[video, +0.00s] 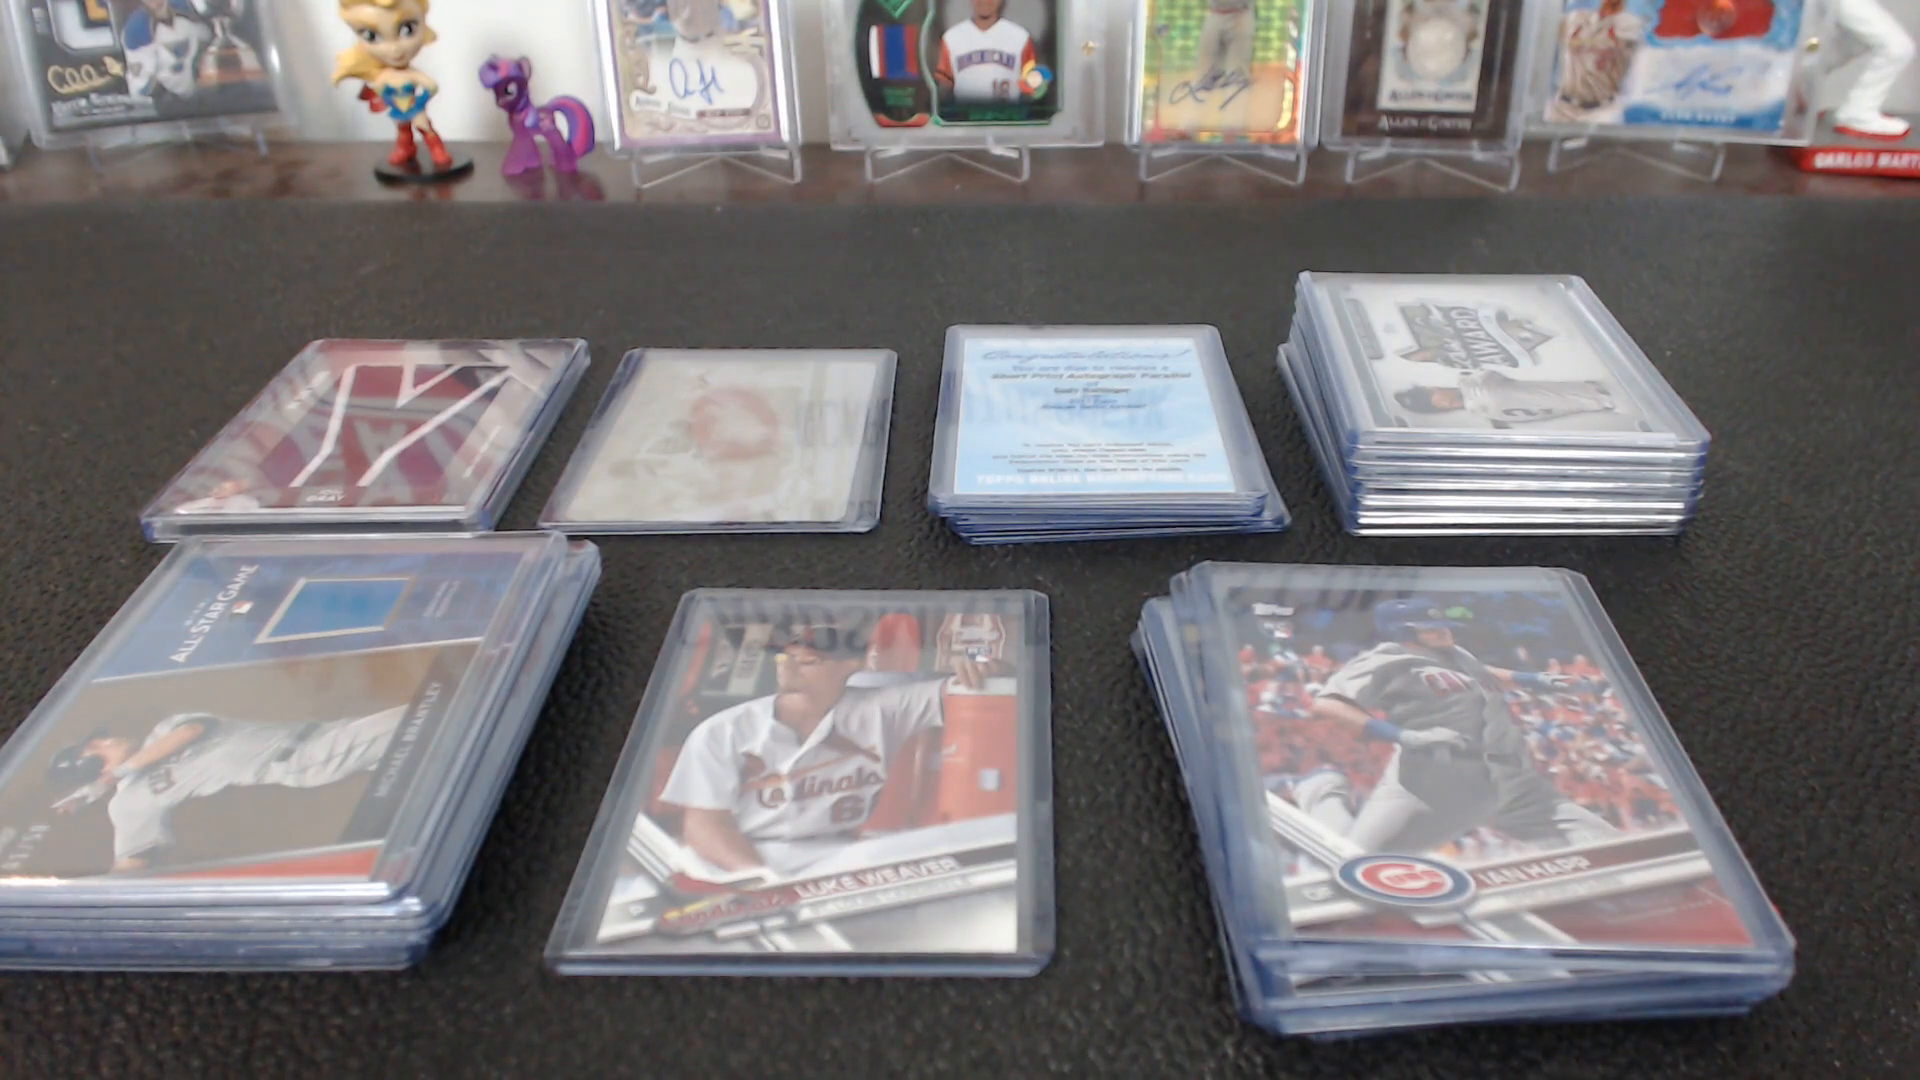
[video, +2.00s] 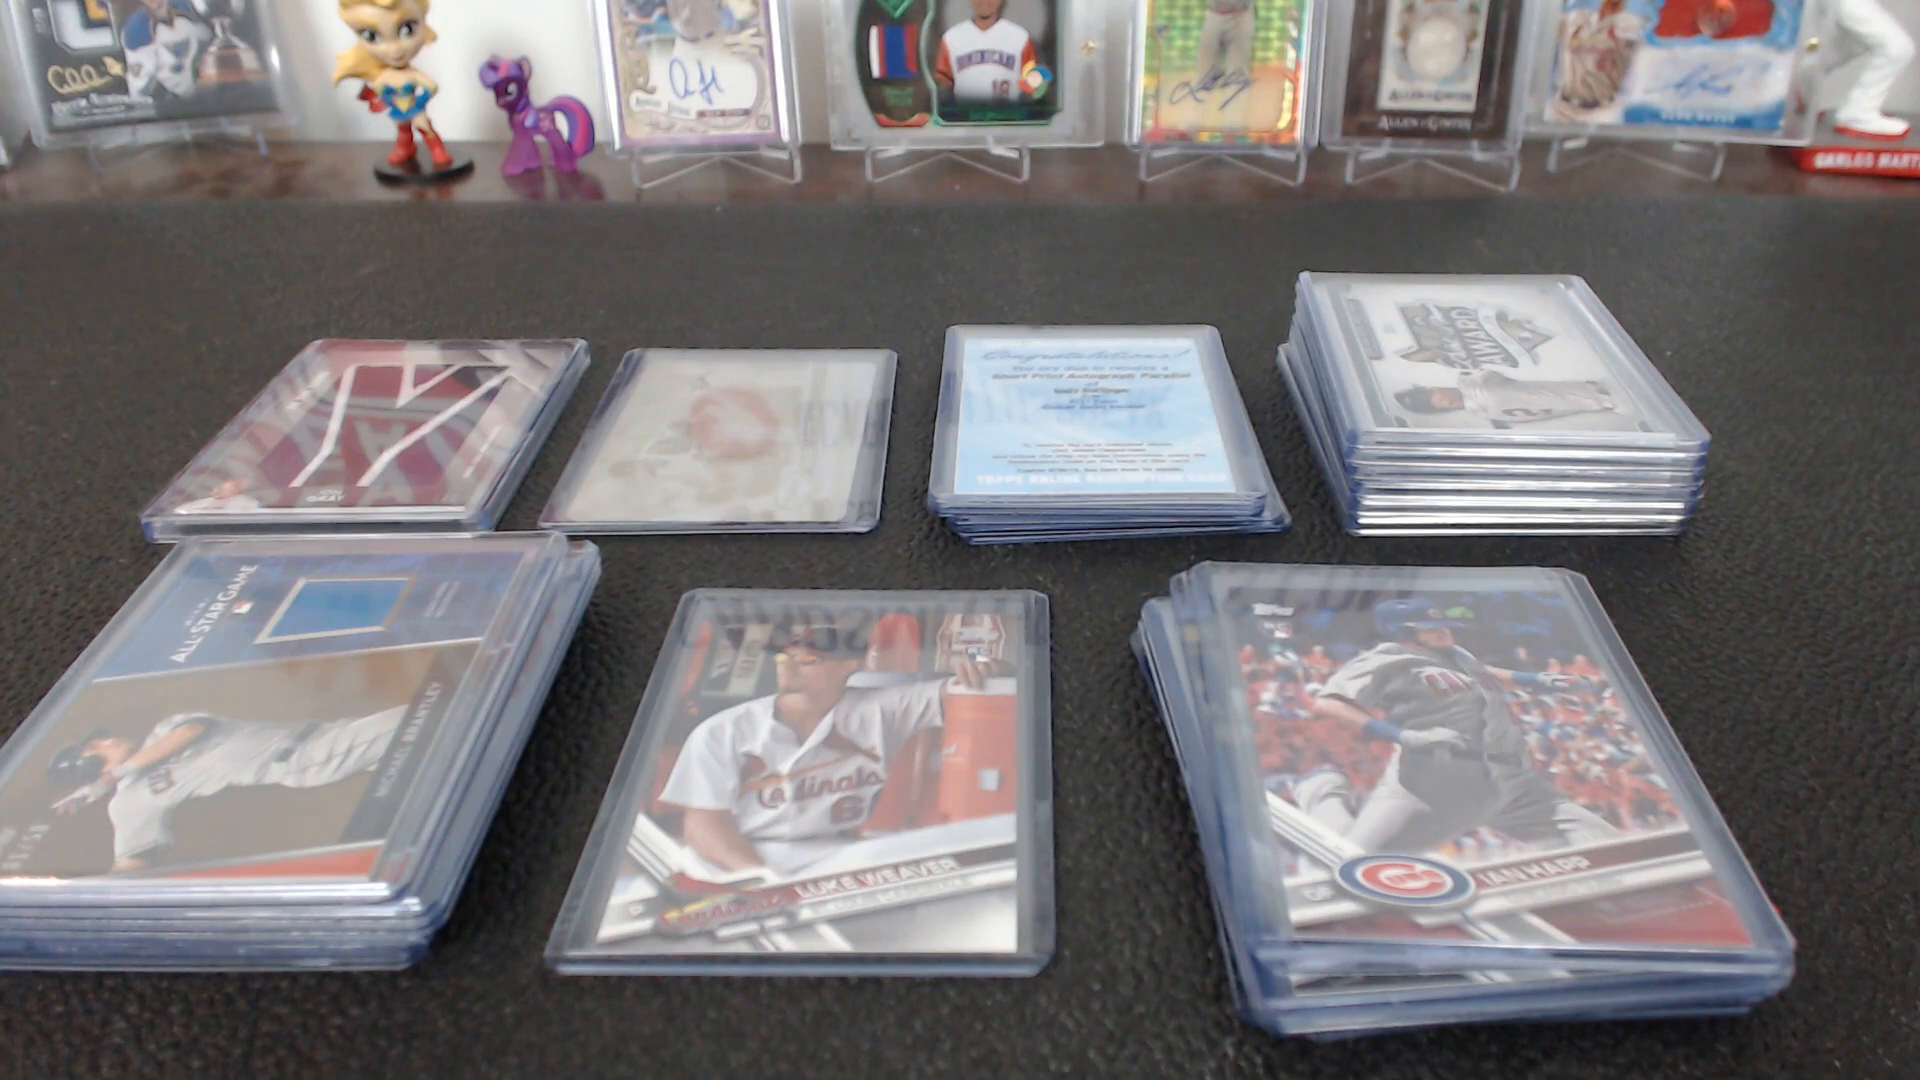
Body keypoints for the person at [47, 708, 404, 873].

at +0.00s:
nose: (108, 740)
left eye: (98, 739)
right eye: (99, 747)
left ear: (106, 741)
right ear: (100, 769)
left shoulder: (160, 727)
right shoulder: (131, 799)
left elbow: (193, 731)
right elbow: (129, 870)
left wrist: (118, 773)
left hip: (310, 731)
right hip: (298, 760)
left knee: (415, 721)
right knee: (413, 717)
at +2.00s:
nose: (111, 741)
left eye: (101, 740)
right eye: (101, 747)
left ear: (108, 741)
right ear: (100, 771)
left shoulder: (161, 728)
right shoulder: (131, 798)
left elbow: (193, 732)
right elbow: (129, 870)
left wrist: (117, 775)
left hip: (312, 733)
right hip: (299, 760)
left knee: (416, 721)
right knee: (414, 717)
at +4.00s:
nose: (112, 741)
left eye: (101, 741)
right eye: (102, 747)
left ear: (107, 742)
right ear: (101, 769)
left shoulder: (162, 728)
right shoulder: (131, 798)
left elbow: (193, 732)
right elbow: (130, 869)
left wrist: (114, 777)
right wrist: (89, 902)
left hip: (314, 732)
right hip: (301, 760)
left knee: (419, 719)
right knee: (417, 717)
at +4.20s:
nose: (109, 751)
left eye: (98, 747)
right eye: (99, 760)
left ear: (108, 736)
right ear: (100, 776)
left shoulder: (160, 727)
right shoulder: (131, 801)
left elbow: (191, 733)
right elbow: (128, 872)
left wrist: (117, 775)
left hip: (305, 735)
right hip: (291, 768)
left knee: (412, 719)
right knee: (408, 721)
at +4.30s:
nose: (104, 771)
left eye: (98, 758)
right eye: (94, 774)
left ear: (112, 741)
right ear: (96, 786)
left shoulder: (161, 731)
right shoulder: (130, 802)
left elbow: (193, 732)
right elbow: (130, 871)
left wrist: (124, 770)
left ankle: (418, 715)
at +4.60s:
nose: (115, 741)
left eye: (106, 739)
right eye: (104, 744)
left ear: (109, 742)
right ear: (100, 764)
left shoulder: (163, 727)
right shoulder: (129, 802)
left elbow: (196, 731)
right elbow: (129, 872)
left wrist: (115, 777)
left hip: (294, 736)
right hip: (277, 774)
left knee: (407, 721)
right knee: (399, 726)